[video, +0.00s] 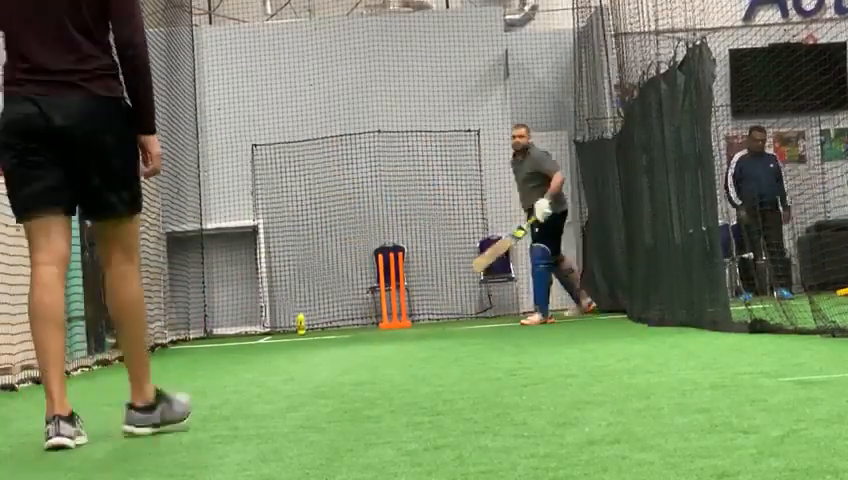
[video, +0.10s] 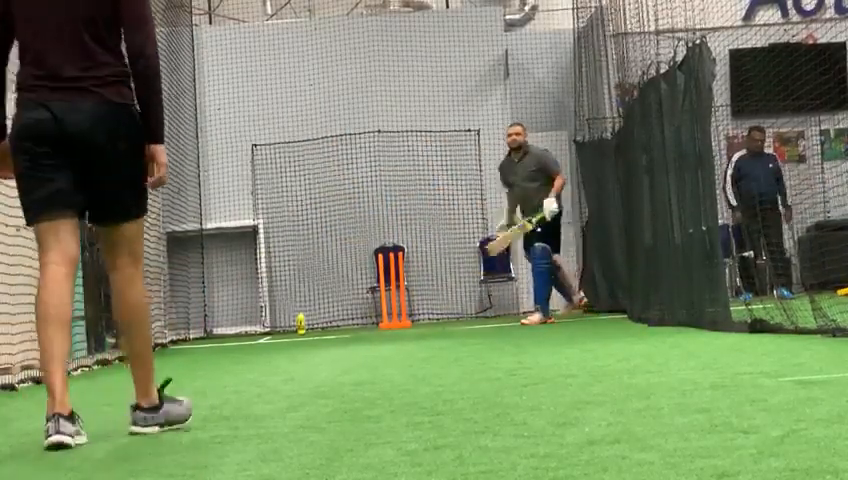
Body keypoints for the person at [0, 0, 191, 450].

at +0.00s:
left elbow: (4, 59)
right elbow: (131, 42)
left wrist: (4, 146)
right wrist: (146, 126)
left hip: (23, 115)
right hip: (100, 113)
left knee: (46, 263)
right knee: (121, 259)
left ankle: (58, 416)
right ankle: (143, 400)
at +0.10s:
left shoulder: (14, 6)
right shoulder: (126, 0)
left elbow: (1, 58)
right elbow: (143, 52)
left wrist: (1, 136)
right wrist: (154, 135)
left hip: (38, 120)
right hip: (110, 118)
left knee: (56, 262)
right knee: (125, 264)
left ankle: (58, 414)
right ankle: (147, 402)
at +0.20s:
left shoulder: (23, 4)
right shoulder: (140, 0)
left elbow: (9, 59)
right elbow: (157, 55)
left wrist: (11, 139)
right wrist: (167, 138)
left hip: (51, 123)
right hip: (124, 121)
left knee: (68, 260)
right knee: (138, 261)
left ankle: (59, 400)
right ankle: (148, 402)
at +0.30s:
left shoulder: (37, 1)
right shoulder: (154, 0)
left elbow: (22, 60)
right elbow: (170, 55)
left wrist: (21, 141)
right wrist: (183, 138)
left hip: (64, 125)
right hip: (138, 124)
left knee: (78, 261)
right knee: (144, 261)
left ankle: (60, 367)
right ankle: (149, 403)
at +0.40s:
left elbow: (28, 61)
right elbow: (182, 54)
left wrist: (32, 141)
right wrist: (199, 137)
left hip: (72, 122)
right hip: (144, 120)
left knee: (83, 253)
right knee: (148, 259)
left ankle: (73, 358)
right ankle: (149, 403)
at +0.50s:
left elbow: (30, 59)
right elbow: (191, 49)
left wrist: (43, 133)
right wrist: (208, 129)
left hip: (76, 120)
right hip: (147, 119)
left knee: (91, 253)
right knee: (149, 258)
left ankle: (90, 382)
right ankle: (149, 402)